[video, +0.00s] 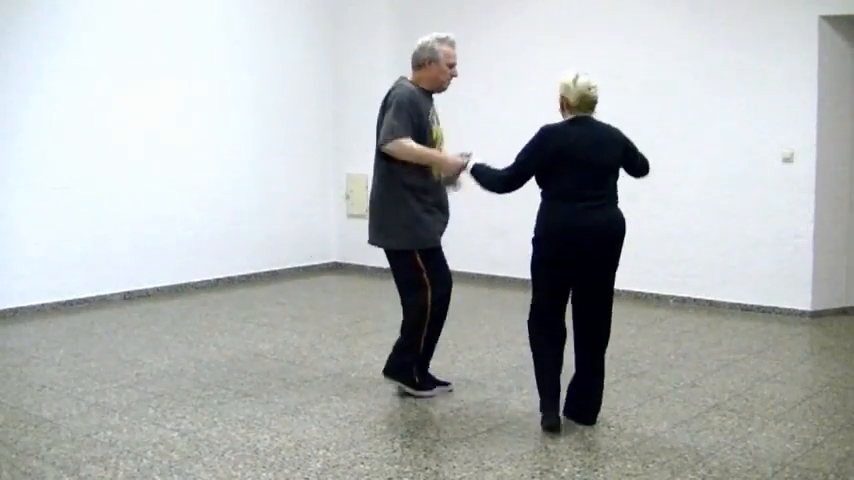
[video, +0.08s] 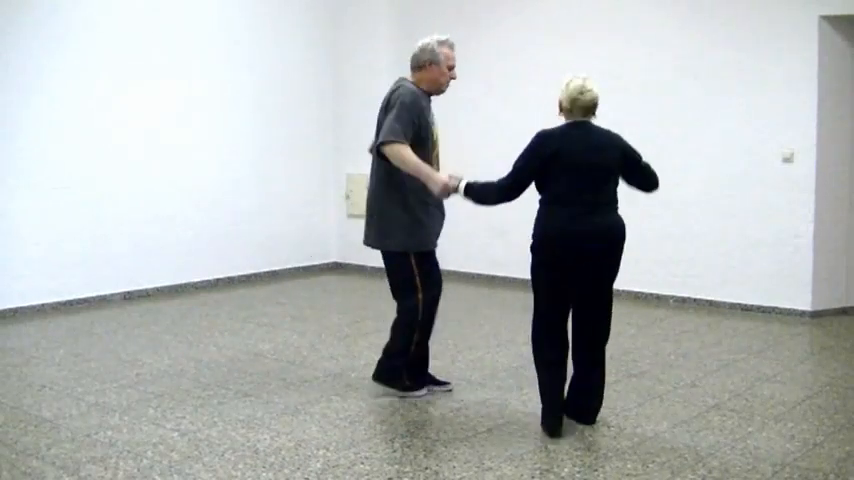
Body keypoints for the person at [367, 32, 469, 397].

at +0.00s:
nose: (454, 73)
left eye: (455, 66)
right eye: (450, 66)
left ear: (431, 66)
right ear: (427, 65)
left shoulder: (420, 99)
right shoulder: (404, 95)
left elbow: (416, 151)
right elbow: (393, 144)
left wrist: (445, 167)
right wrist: (441, 161)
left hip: (413, 218)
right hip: (402, 220)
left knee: (428, 289)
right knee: (433, 287)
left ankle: (406, 364)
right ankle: (411, 370)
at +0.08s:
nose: (453, 75)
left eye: (454, 68)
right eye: (449, 67)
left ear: (428, 68)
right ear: (428, 67)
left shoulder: (413, 97)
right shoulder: (407, 96)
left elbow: (390, 149)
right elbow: (391, 145)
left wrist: (430, 179)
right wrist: (433, 177)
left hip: (408, 219)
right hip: (400, 221)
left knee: (423, 290)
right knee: (421, 292)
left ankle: (409, 369)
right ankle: (401, 373)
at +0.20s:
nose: (451, 79)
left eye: (451, 72)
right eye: (447, 71)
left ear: (420, 71)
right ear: (426, 69)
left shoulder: (390, 96)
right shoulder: (412, 99)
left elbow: (352, 148)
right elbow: (405, 154)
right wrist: (441, 192)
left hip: (387, 223)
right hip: (397, 225)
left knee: (412, 301)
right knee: (403, 304)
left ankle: (414, 372)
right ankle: (385, 380)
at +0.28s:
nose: (447, 81)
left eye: (448, 73)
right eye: (444, 73)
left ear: (418, 70)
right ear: (426, 69)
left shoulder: (380, 95)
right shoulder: (414, 99)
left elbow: (339, 147)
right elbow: (419, 158)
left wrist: (336, 188)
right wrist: (464, 188)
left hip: (370, 220)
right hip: (392, 223)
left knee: (403, 298)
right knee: (398, 303)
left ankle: (412, 368)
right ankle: (386, 381)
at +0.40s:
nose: (438, 81)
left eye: (439, 74)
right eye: (436, 73)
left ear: (404, 69)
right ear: (417, 69)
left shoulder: (367, 96)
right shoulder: (412, 101)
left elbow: (327, 146)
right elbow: (442, 154)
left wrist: (325, 187)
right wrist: (496, 170)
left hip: (357, 219)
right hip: (389, 223)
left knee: (384, 298)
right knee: (394, 302)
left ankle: (399, 365)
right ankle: (383, 381)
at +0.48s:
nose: (434, 80)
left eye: (435, 73)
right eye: (431, 72)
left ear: (404, 70)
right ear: (414, 69)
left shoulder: (363, 96)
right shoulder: (410, 101)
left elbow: (322, 146)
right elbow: (453, 147)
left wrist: (317, 185)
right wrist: (507, 158)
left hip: (352, 219)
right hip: (387, 222)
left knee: (385, 294)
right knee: (393, 296)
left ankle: (382, 369)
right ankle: (384, 379)